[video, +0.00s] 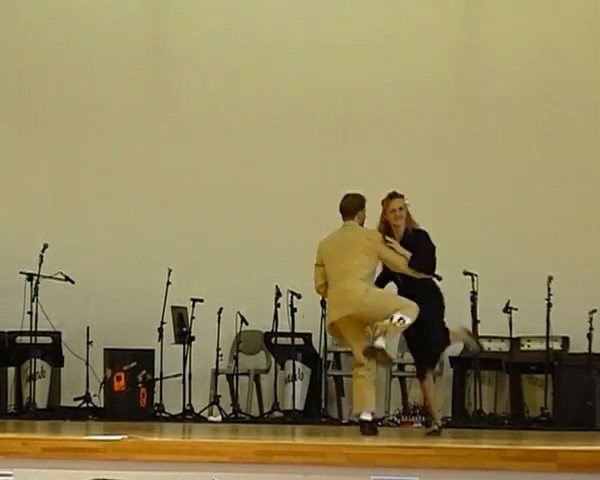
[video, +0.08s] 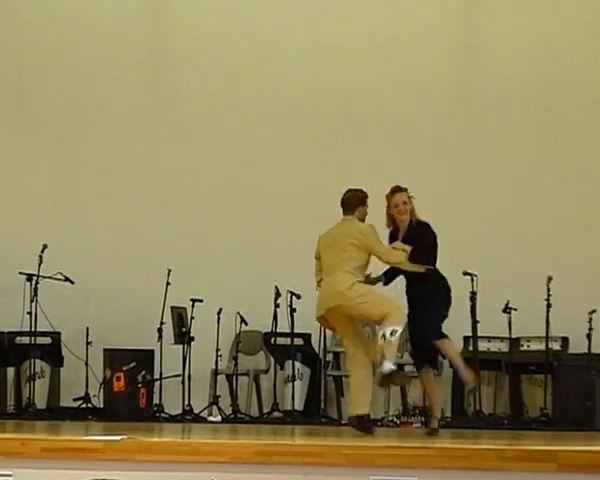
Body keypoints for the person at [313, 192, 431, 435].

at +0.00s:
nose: (366, 216)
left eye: (364, 213)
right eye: (365, 213)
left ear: (342, 215)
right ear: (361, 214)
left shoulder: (325, 244)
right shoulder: (369, 236)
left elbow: (320, 285)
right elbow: (399, 264)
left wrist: (339, 300)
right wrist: (418, 274)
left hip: (336, 307)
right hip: (362, 299)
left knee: (362, 360)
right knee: (410, 308)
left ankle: (365, 416)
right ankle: (381, 338)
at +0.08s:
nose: (367, 212)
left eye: (366, 207)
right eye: (366, 208)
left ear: (343, 209)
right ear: (361, 209)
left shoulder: (325, 237)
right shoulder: (362, 230)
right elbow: (387, 256)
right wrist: (413, 264)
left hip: (325, 301)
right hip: (350, 292)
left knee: (359, 350)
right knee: (395, 311)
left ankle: (359, 413)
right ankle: (387, 364)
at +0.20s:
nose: (365, 211)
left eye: (364, 207)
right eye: (363, 207)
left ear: (346, 210)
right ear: (353, 209)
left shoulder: (337, 233)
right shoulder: (345, 230)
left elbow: (342, 275)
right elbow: (355, 258)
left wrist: (366, 274)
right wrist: (390, 258)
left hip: (323, 301)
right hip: (332, 299)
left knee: (350, 356)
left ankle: (345, 417)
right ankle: (391, 383)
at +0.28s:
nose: (361, 210)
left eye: (361, 205)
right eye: (358, 206)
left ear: (344, 208)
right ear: (345, 208)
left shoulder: (342, 233)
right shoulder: (337, 228)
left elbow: (350, 273)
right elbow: (336, 256)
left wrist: (374, 265)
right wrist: (372, 255)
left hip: (324, 300)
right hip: (321, 297)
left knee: (341, 356)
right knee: (355, 330)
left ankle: (341, 414)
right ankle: (360, 388)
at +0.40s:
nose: (348, 215)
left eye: (350, 211)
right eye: (344, 210)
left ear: (348, 213)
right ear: (331, 212)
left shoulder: (338, 241)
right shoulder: (323, 235)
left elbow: (352, 277)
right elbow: (318, 264)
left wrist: (380, 269)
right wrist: (351, 256)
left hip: (322, 307)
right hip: (302, 304)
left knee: (348, 345)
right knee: (335, 338)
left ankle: (339, 405)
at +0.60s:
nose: (310, 223)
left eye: (314, 219)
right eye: (306, 219)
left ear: (319, 220)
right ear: (298, 219)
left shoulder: (321, 247)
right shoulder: (289, 244)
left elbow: (336, 274)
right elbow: (300, 275)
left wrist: (358, 281)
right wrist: (330, 280)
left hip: (301, 311)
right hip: (276, 308)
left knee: (321, 350)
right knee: (295, 348)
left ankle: (323, 410)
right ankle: (295, 413)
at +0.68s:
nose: (301, 221)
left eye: (305, 217)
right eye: (296, 217)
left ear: (312, 219)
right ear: (291, 218)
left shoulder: (315, 243)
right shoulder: (283, 243)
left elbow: (330, 264)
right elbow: (298, 270)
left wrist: (348, 270)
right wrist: (331, 273)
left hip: (290, 307)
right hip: (266, 306)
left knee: (309, 351)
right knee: (282, 353)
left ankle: (322, 409)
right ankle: (292, 411)